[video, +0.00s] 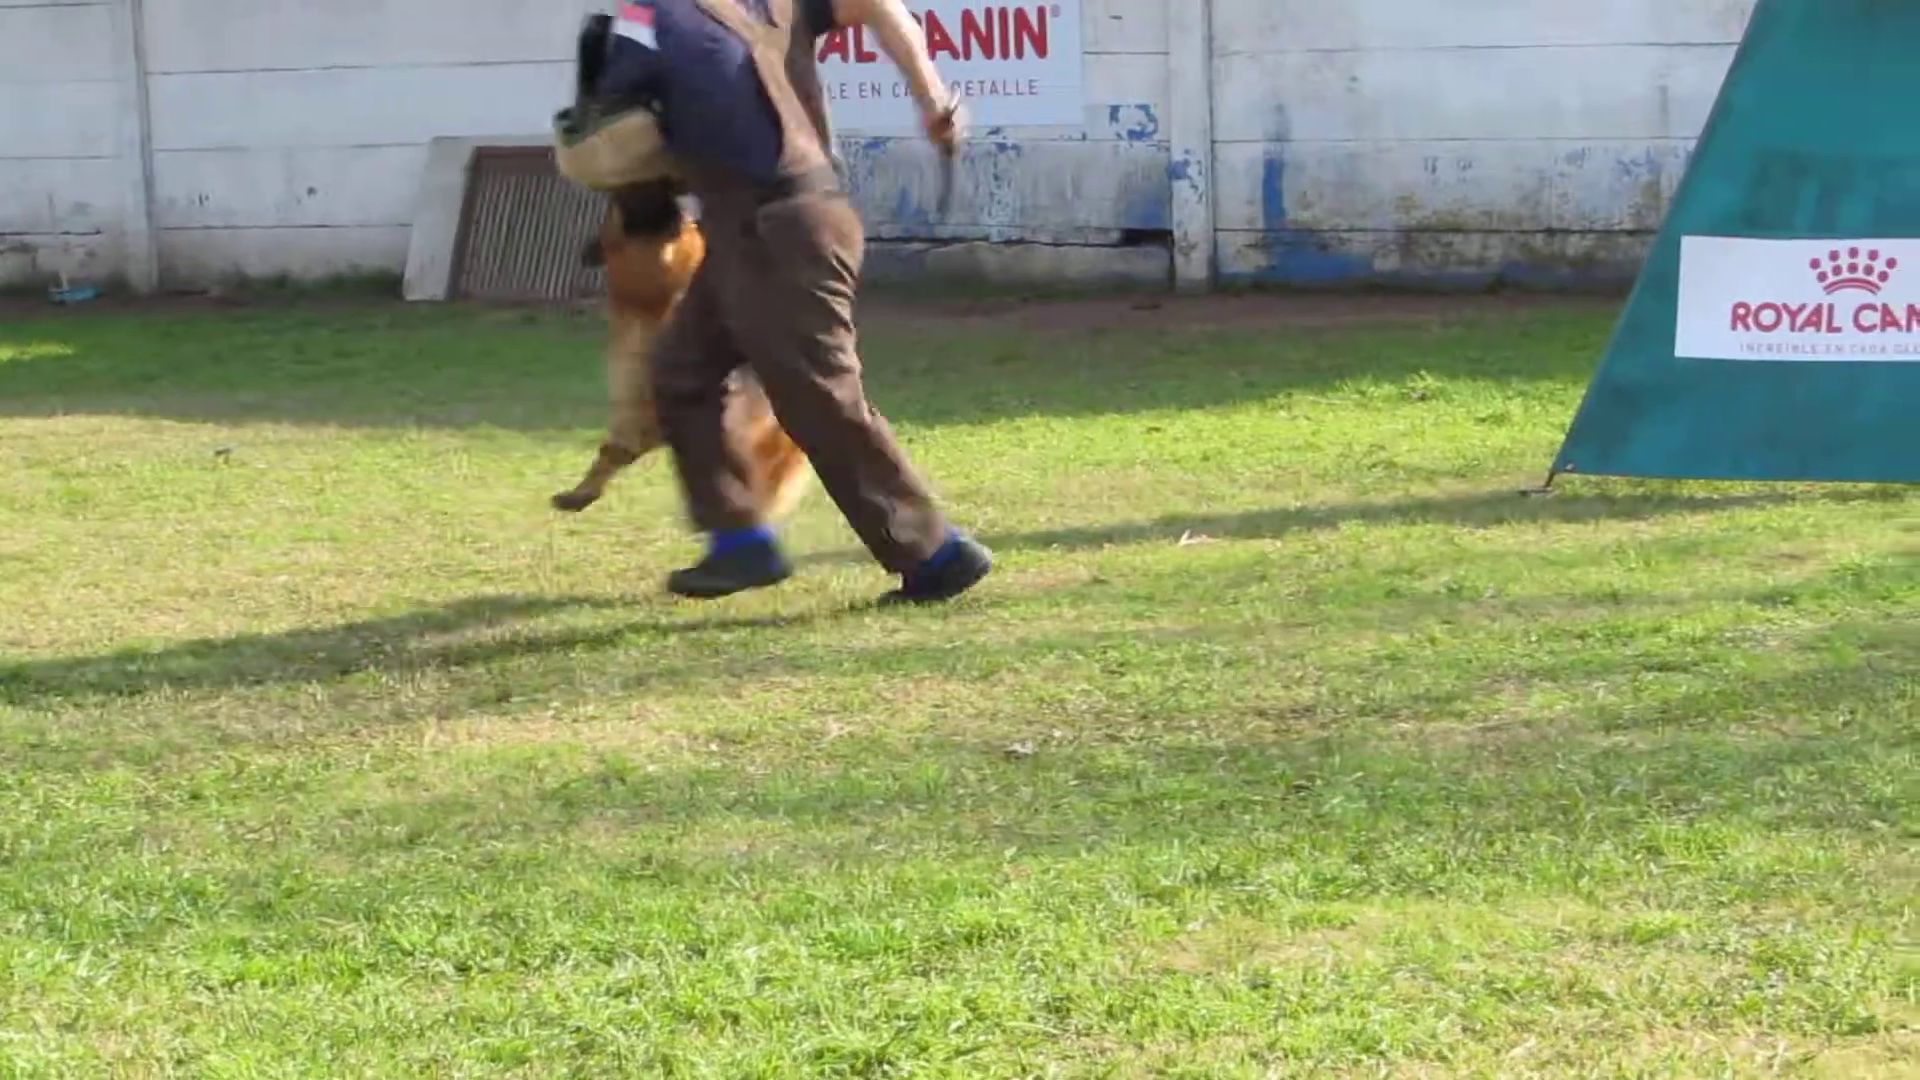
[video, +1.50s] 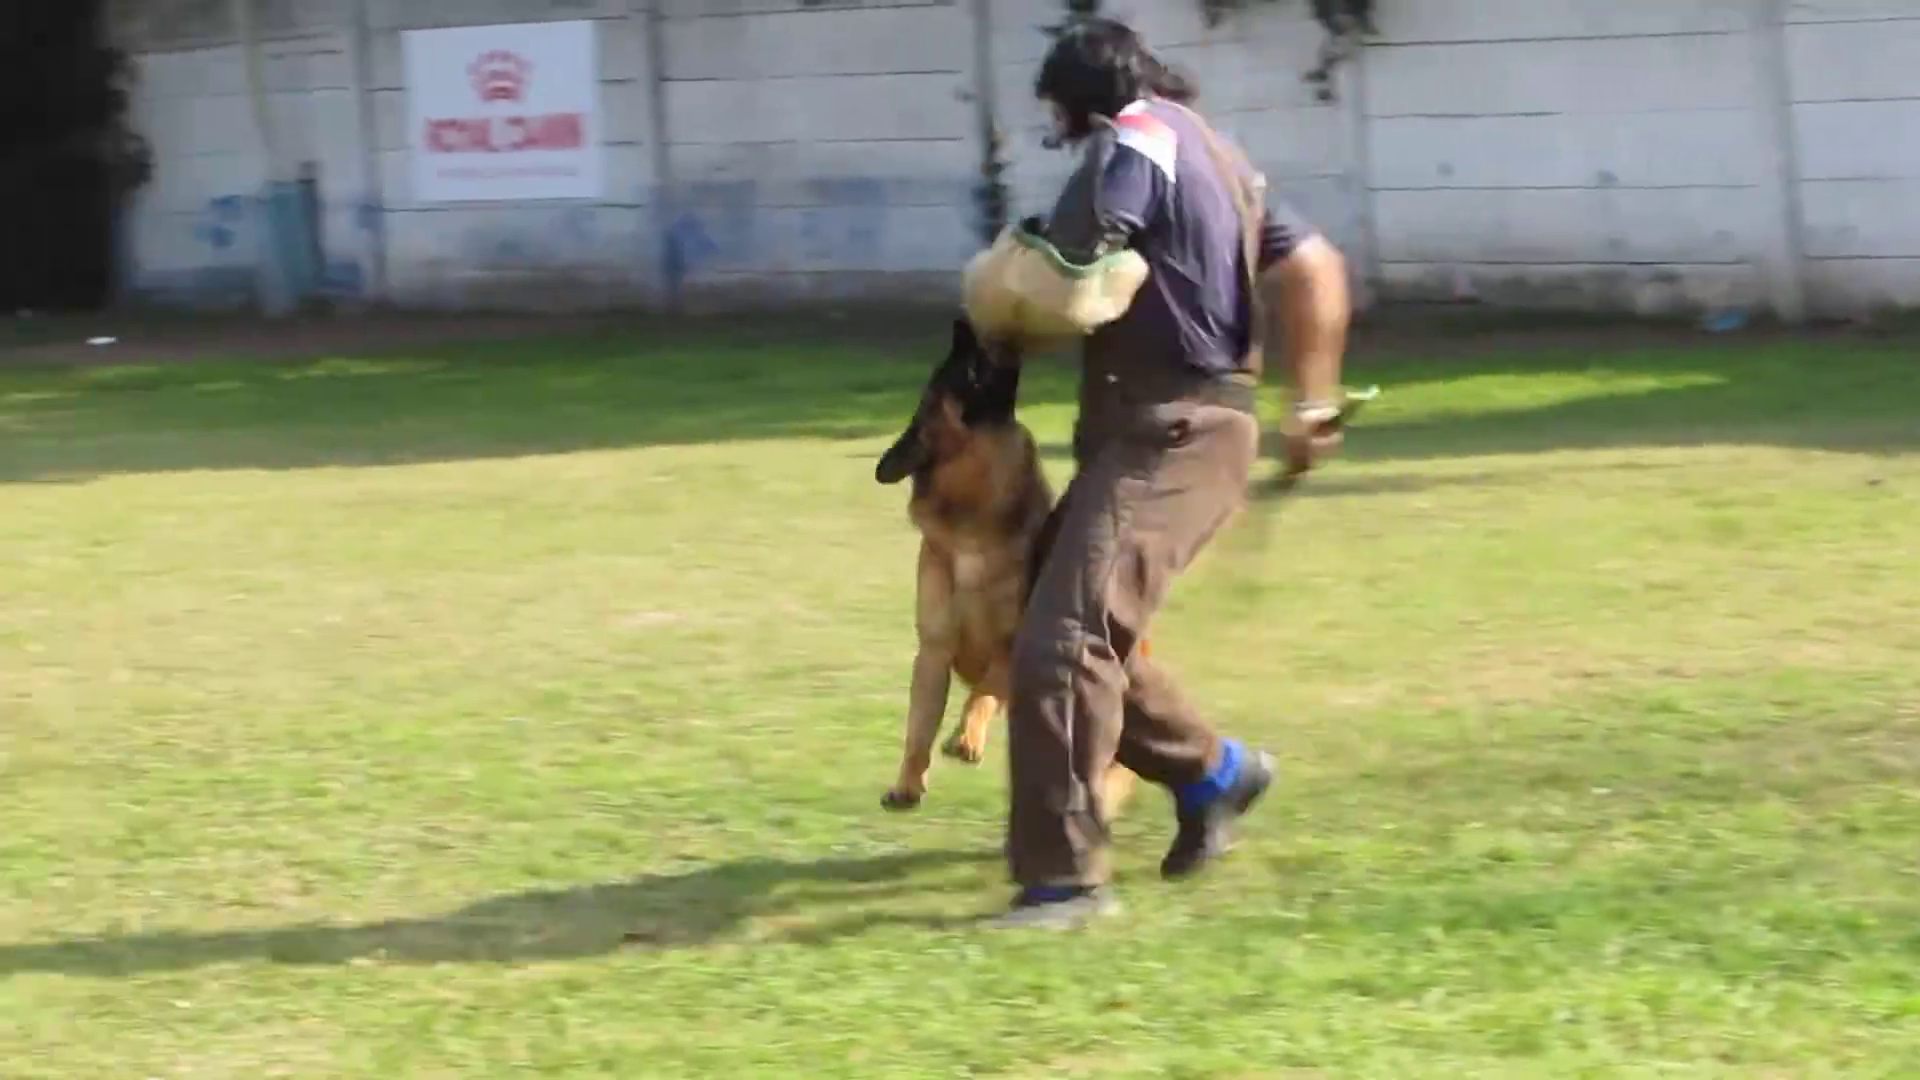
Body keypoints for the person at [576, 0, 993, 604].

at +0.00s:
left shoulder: (653, 14)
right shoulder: (780, 7)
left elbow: (616, 112)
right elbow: (882, 8)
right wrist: (936, 97)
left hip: (780, 226)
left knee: (825, 406)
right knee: (681, 372)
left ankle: (933, 552)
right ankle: (740, 542)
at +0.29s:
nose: (524, 12)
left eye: (525, 6)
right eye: (524, 9)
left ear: (541, 1)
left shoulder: (585, 30)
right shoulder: (641, 12)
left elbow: (542, 166)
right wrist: (525, 55)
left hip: (688, 247)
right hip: (718, 239)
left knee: (613, 408)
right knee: (705, 415)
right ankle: (778, 572)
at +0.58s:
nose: (705, 46)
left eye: (703, 32)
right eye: (698, 35)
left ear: (725, 15)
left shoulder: (764, 53)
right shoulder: (850, 17)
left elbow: (733, 209)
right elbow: (968, 68)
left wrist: (686, 205)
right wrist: (1020, 168)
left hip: (888, 284)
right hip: (830, 289)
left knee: (914, 480)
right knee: (764, 469)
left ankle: (1045, 591)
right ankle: (780, 668)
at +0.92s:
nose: (901, 103)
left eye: (900, 87)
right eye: (893, 92)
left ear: (929, 63)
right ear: (937, 58)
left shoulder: (996, 89)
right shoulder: (970, 93)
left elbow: (943, 243)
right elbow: (922, 204)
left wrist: (865, 235)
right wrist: (893, 225)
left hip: (1096, 334)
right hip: (1032, 336)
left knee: (1056, 541)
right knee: (992, 531)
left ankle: (1104, 728)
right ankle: (1135, 613)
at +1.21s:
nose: (973, 138)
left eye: (970, 121)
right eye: (968, 124)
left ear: (992, 100)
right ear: (1038, 76)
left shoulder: (1033, 130)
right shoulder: (1109, 126)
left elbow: (994, 282)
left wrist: (918, 304)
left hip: (1119, 413)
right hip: (1072, 411)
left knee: (1068, 623)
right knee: (964, 577)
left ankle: (1260, 698)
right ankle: (990, 794)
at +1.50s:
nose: (1067, 134)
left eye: (1068, 116)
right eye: (1062, 119)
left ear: (1096, 98)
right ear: (1142, 83)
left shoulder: (1134, 140)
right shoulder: (1210, 147)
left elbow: (1074, 287)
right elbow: (1309, 262)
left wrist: (996, 272)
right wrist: (1314, 399)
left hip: (1171, 435)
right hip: (1186, 430)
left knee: (1064, 641)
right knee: (1064, 620)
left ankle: (1064, 879)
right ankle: (1208, 769)